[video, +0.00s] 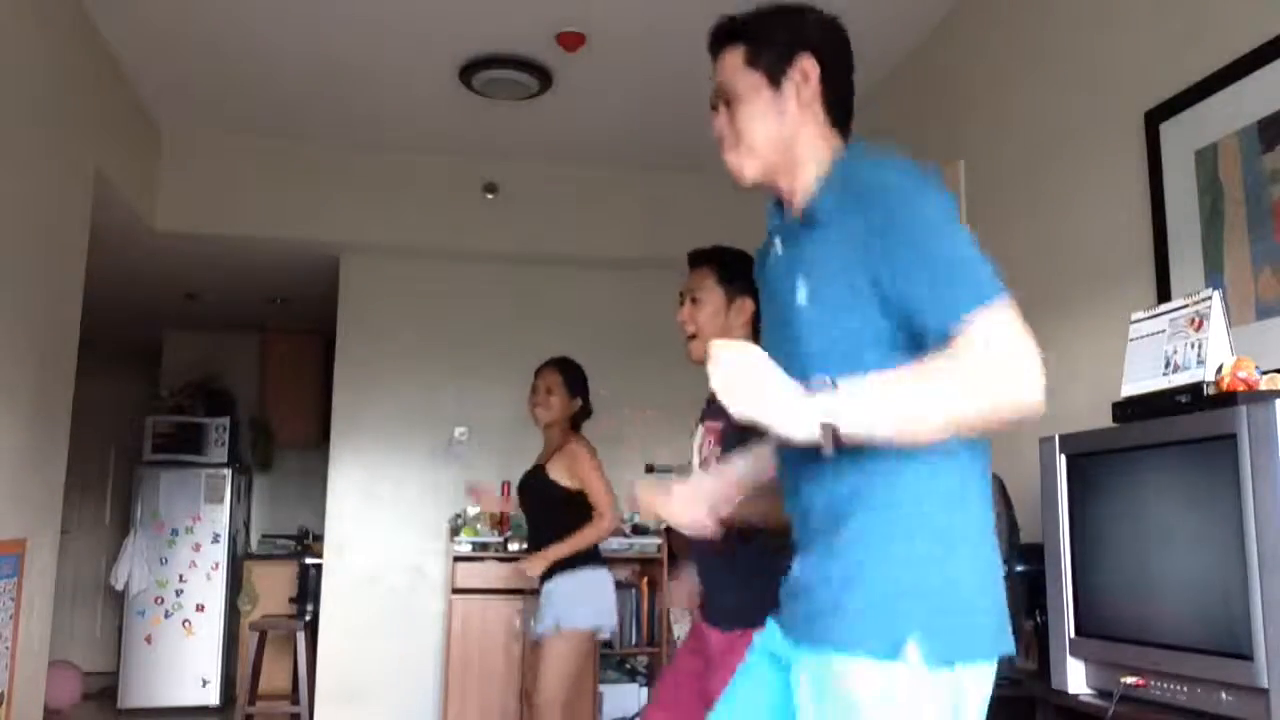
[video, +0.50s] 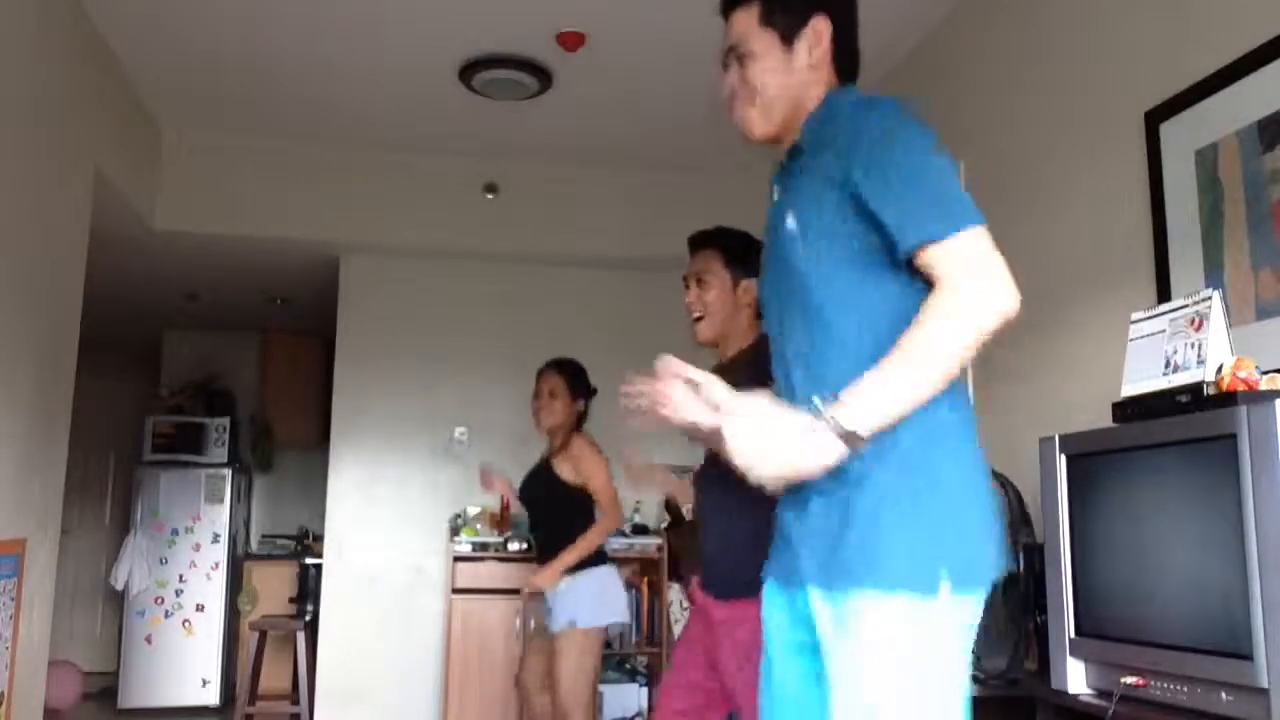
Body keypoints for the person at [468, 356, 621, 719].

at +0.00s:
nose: (538, 397)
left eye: (550, 391)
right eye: (535, 390)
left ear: (576, 403)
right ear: (530, 396)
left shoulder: (576, 449)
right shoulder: (550, 450)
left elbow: (608, 518)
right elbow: (554, 512)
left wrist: (545, 557)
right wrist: (501, 504)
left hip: (578, 584)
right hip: (557, 583)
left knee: (547, 704)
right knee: (550, 701)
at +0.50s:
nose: (541, 404)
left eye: (552, 395)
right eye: (538, 395)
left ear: (578, 404)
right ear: (534, 402)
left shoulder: (581, 450)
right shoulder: (554, 454)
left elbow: (612, 518)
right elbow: (554, 521)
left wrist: (555, 568)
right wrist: (510, 496)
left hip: (585, 583)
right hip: (555, 582)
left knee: (573, 701)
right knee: (532, 688)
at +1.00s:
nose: (564, 427)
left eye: (575, 418)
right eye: (560, 418)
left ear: (601, 427)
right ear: (555, 424)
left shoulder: (604, 473)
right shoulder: (580, 479)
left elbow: (622, 549)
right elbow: (590, 547)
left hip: (612, 614)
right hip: (594, 613)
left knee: (583, 712)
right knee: (540, 687)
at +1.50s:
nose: (571, 423)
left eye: (581, 413)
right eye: (568, 413)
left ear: (610, 421)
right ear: (565, 418)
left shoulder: (617, 473)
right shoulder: (588, 476)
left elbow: (628, 556)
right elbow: (592, 546)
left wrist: (559, 572)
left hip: (619, 613)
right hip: (592, 613)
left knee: (587, 713)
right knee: (546, 705)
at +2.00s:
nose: (576, 410)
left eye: (588, 401)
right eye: (574, 401)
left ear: (616, 409)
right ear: (570, 405)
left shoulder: (618, 455)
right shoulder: (595, 457)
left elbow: (620, 536)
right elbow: (591, 531)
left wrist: (550, 546)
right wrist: (537, 537)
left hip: (615, 599)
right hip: (597, 597)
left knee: (581, 711)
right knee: (573, 709)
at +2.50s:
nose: (578, 395)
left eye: (589, 386)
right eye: (577, 386)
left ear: (617, 393)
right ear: (576, 390)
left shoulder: (625, 443)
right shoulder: (596, 443)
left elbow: (620, 516)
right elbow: (596, 525)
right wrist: (557, 562)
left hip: (620, 589)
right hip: (593, 587)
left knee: (594, 703)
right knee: (580, 698)